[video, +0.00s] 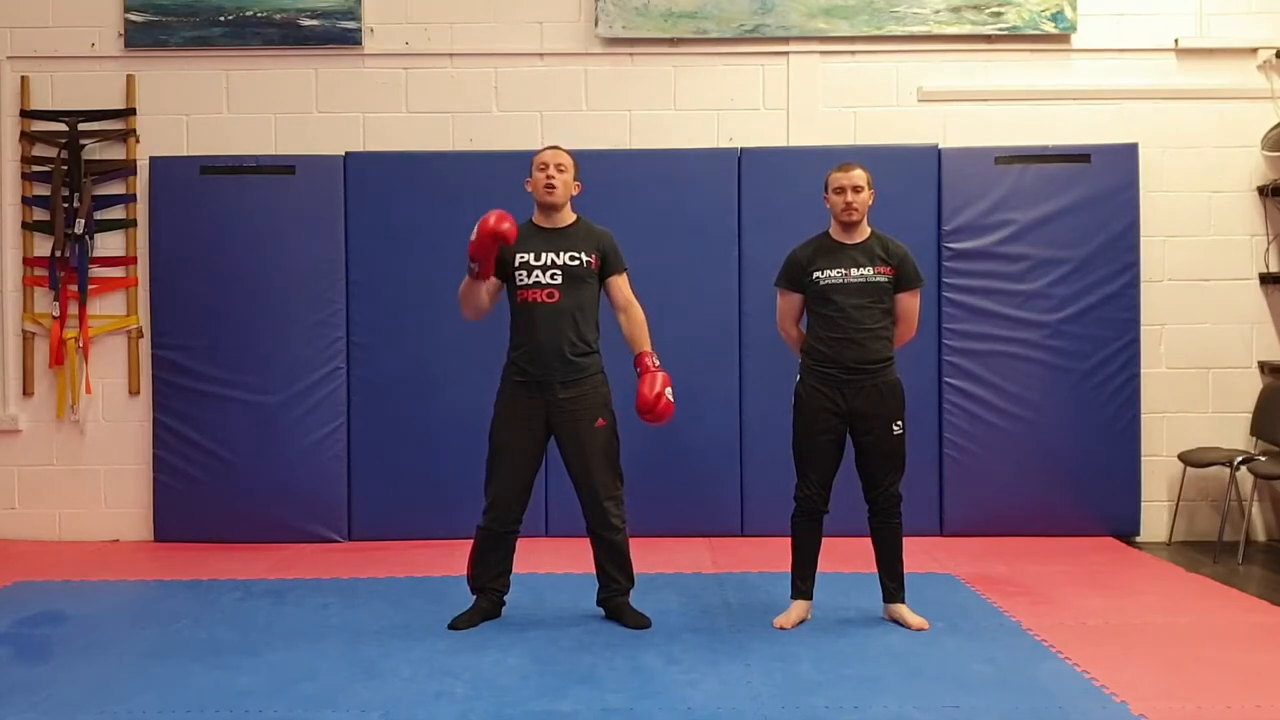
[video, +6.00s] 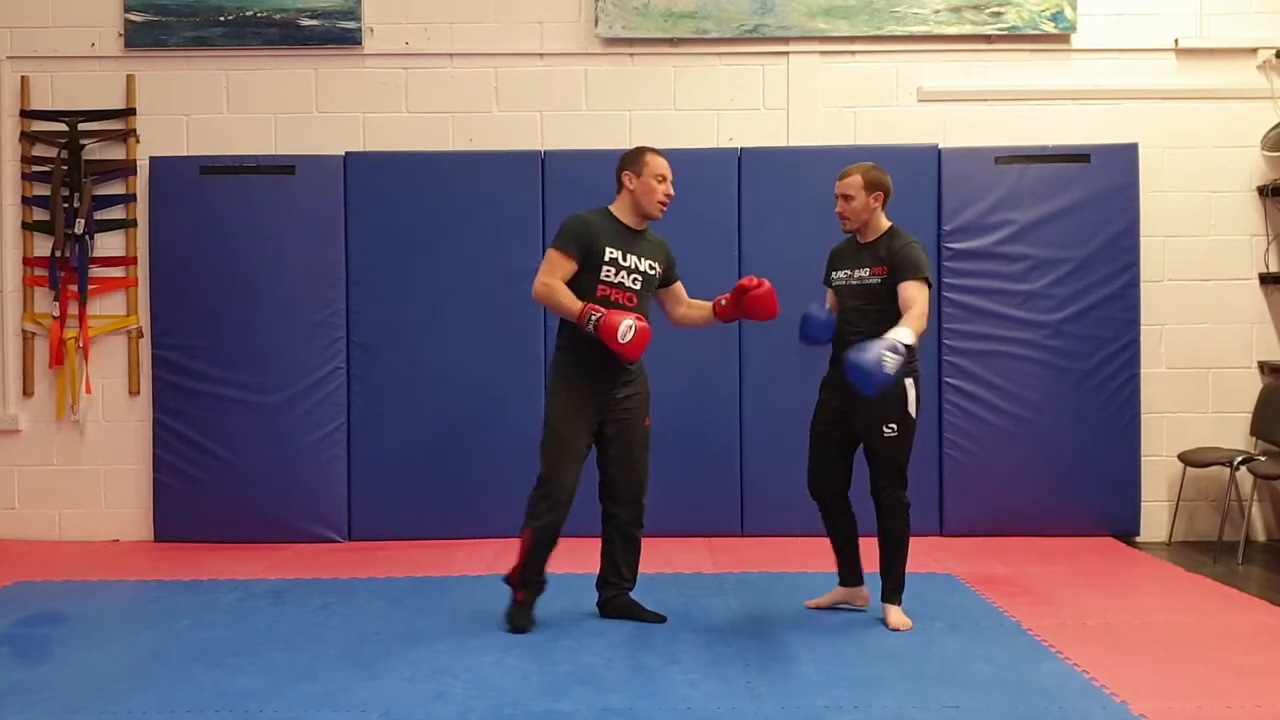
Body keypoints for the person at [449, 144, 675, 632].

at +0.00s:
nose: (549, 175)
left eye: (559, 170)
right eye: (541, 169)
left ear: (575, 187)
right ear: (528, 184)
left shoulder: (598, 240)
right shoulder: (509, 240)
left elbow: (627, 307)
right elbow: (473, 309)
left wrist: (648, 363)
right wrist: (481, 264)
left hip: (583, 388)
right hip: (522, 389)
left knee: (604, 498)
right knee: (502, 499)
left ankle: (616, 598)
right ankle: (488, 598)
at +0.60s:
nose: (569, 181)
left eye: (576, 175)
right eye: (560, 174)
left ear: (586, 188)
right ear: (540, 184)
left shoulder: (599, 247)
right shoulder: (514, 235)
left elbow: (614, 317)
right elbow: (499, 288)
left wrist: (630, 374)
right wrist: (506, 322)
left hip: (584, 390)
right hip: (523, 389)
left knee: (606, 498)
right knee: (503, 499)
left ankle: (616, 597)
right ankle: (488, 597)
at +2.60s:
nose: (556, 173)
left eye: (562, 166)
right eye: (545, 168)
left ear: (576, 181)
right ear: (530, 186)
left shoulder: (601, 239)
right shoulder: (508, 238)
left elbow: (626, 303)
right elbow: (478, 298)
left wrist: (635, 364)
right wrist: (516, 318)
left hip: (587, 387)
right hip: (527, 388)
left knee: (607, 498)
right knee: (505, 497)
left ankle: (616, 597)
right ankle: (488, 597)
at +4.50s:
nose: (543, 192)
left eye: (552, 183)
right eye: (535, 184)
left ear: (575, 185)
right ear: (527, 188)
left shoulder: (603, 242)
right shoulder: (514, 240)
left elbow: (622, 311)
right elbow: (486, 305)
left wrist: (633, 373)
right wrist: (515, 257)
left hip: (587, 389)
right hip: (527, 389)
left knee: (607, 500)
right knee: (505, 498)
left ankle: (616, 598)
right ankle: (488, 597)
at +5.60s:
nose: (612, 188)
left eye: (612, 180)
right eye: (602, 179)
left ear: (594, 186)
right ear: (569, 184)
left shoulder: (602, 246)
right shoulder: (530, 238)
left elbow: (606, 310)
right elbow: (501, 304)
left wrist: (637, 347)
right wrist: (562, 319)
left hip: (594, 390)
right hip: (540, 392)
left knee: (608, 497)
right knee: (514, 498)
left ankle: (614, 595)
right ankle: (489, 596)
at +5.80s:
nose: (649, 192)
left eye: (650, 184)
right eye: (640, 183)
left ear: (627, 189)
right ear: (609, 185)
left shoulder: (633, 250)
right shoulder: (565, 231)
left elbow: (651, 312)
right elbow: (530, 291)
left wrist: (701, 314)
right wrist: (586, 318)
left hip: (614, 388)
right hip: (560, 386)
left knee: (619, 496)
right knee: (529, 494)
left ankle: (615, 594)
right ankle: (491, 590)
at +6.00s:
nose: (668, 190)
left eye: (670, 182)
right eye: (659, 179)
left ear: (660, 188)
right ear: (629, 181)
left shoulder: (659, 251)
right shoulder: (584, 228)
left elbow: (681, 310)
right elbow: (544, 287)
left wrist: (727, 307)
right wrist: (595, 318)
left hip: (628, 384)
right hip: (576, 379)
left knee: (627, 492)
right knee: (557, 487)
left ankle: (615, 594)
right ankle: (524, 592)